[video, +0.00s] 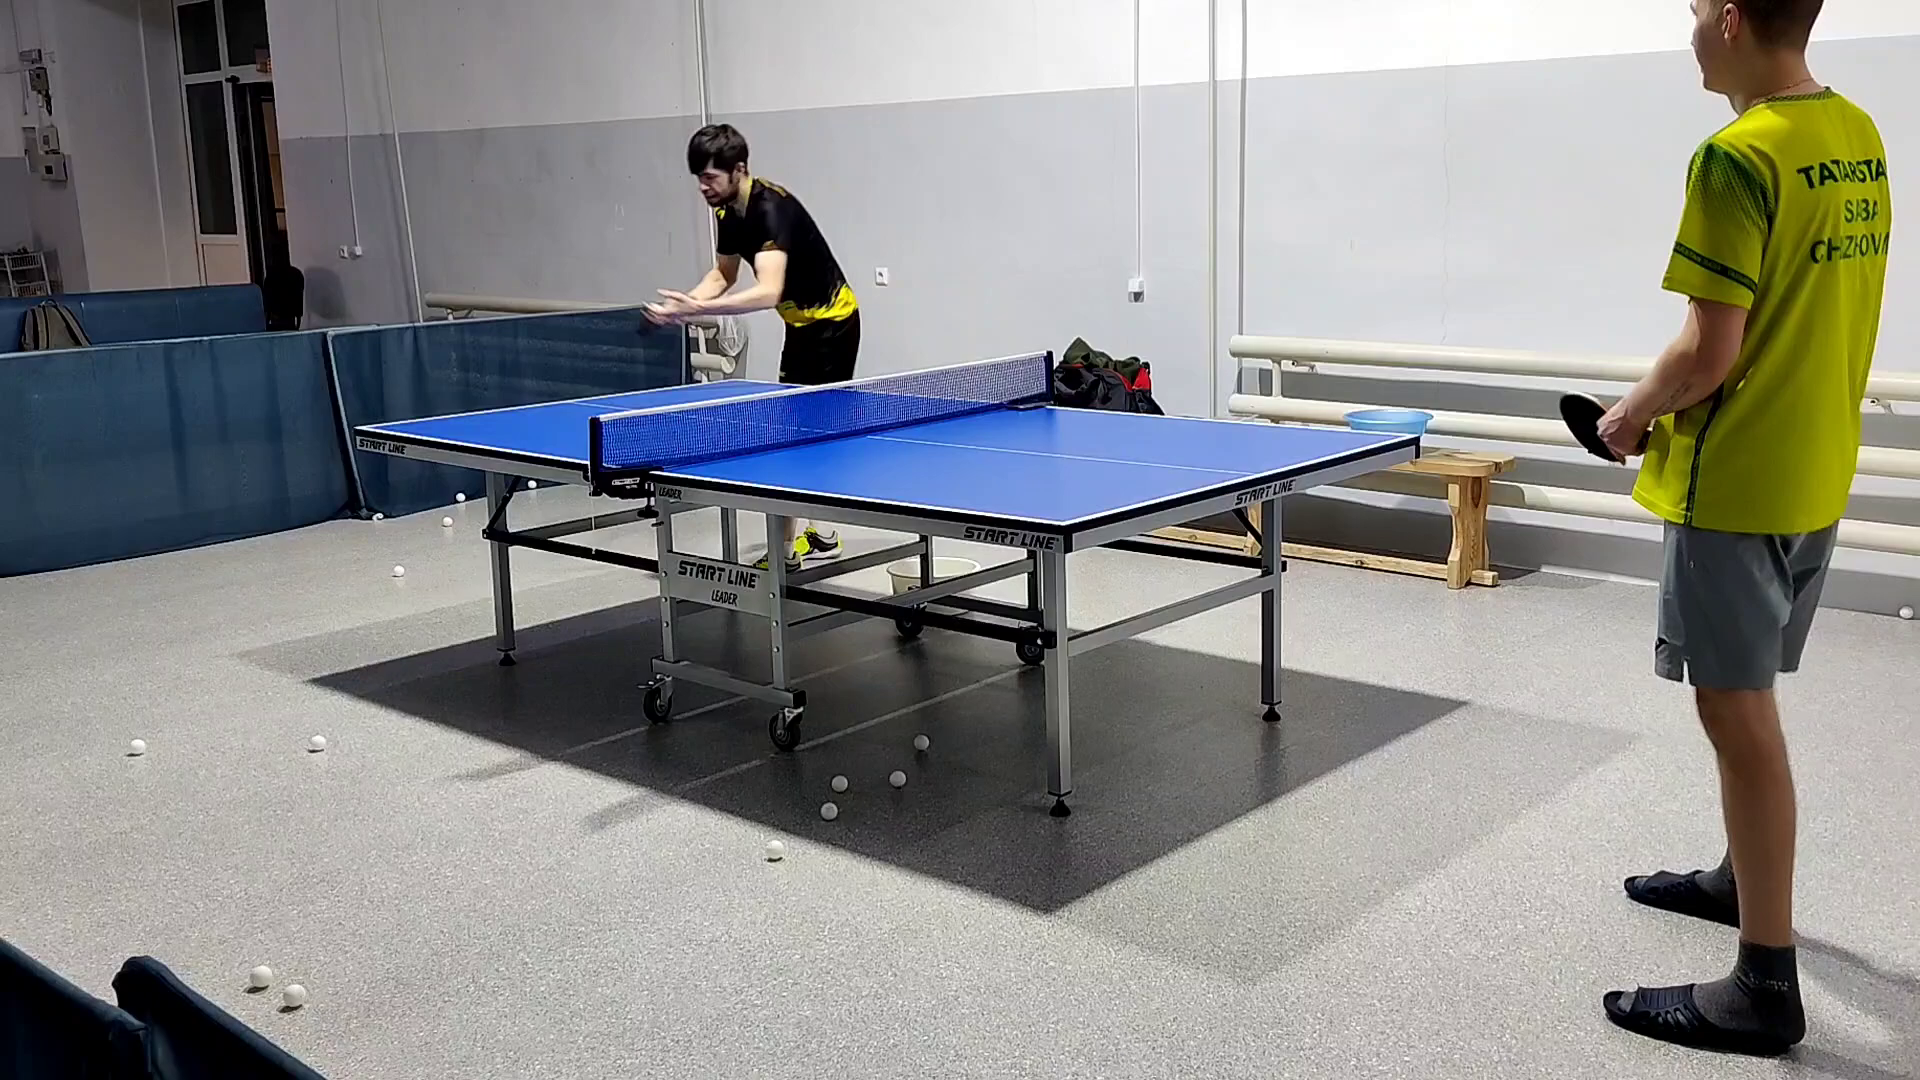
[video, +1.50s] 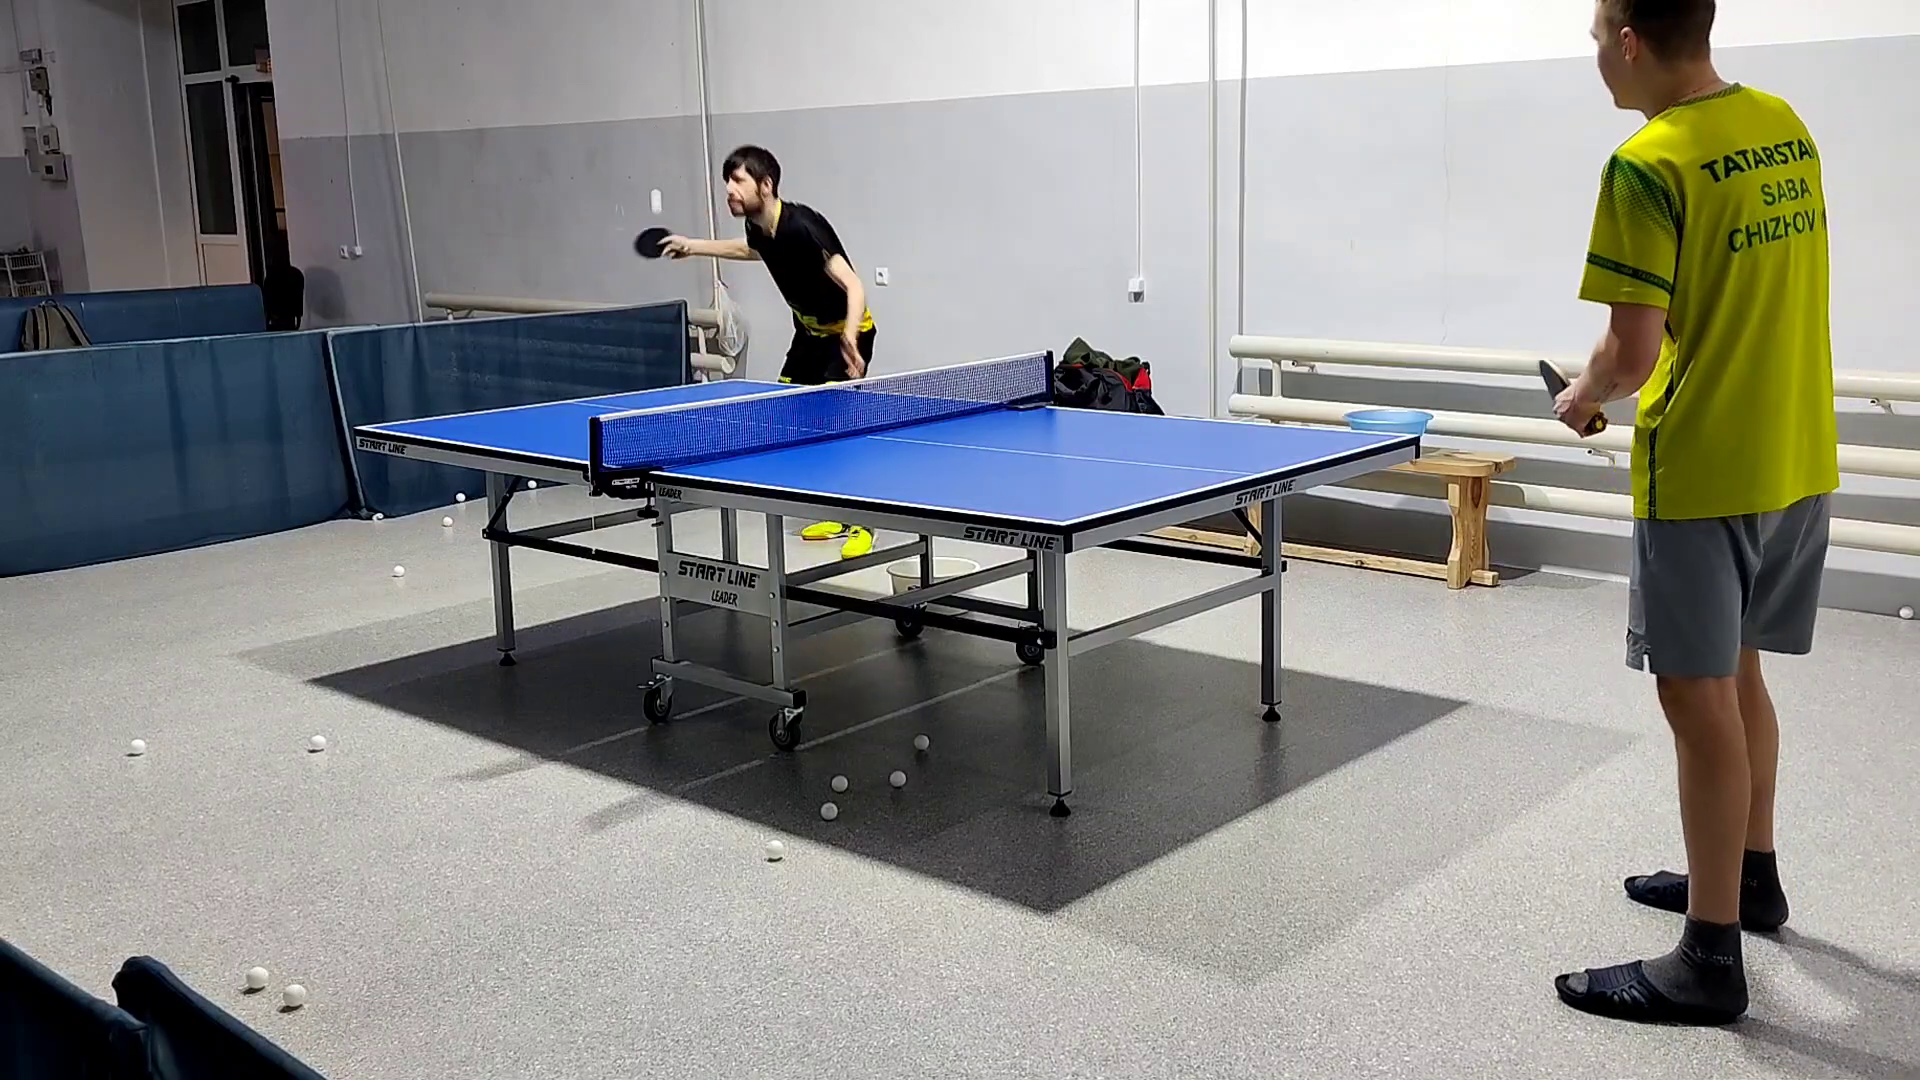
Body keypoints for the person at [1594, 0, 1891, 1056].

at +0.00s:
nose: (1692, 31)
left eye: (1698, 13)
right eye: (1695, 14)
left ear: (1732, 20)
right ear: (1798, 23)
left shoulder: (1737, 152)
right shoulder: (1857, 134)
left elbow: (1713, 348)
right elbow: (1823, 318)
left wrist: (1637, 411)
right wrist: (1668, 395)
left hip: (1741, 482)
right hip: (1816, 474)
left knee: (1740, 711)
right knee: (1740, 688)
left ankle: (1765, 987)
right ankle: (1744, 881)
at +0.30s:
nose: (1677, 36)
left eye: (1683, 16)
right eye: (1679, 19)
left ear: (1721, 19)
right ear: (1775, 26)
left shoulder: (1731, 136)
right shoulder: (1834, 132)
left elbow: (1722, 316)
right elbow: (1840, 298)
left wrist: (1642, 401)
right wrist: (1705, 374)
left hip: (1736, 456)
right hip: (1813, 452)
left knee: (1662, 674)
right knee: (1760, 651)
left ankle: (1749, 949)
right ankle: (1754, 874)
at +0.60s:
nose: (1655, 48)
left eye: (1661, 26)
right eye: (1657, 28)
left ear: (1703, 21)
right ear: (1741, 26)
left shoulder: (1732, 136)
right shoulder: (1808, 133)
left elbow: (1737, 311)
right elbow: (1787, 309)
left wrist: (1649, 381)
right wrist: (1679, 381)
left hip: (1722, 448)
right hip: (1783, 446)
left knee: (1645, 664)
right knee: (1749, 650)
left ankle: (1689, 937)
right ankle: (1756, 873)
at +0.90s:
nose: (1654, 37)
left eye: (1663, 17)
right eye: (1659, 17)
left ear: (1700, 21)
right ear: (1746, 30)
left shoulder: (1711, 141)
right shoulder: (1802, 137)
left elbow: (1690, 323)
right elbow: (1770, 307)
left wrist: (1611, 377)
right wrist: (1650, 365)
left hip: (1697, 456)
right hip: (1763, 448)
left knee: (1682, 688)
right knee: (1720, 657)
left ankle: (1706, 958)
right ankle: (1748, 869)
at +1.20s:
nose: (1629, 42)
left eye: (1632, 21)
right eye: (1629, 24)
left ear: (1666, 23)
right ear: (1731, 26)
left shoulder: (1677, 146)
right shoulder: (1790, 129)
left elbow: (1658, 337)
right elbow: (1763, 297)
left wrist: (1600, 379)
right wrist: (1642, 357)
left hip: (1700, 466)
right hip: (1780, 457)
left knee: (1694, 687)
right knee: (1714, 667)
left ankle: (1708, 962)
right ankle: (1745, 871)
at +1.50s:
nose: (1597, 61)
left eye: (1598, 41)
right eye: (1597, 40)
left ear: (1630, 41)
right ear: (1699, 31)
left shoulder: (1647, 162)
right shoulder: (1781, 123)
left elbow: (1633, 346)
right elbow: (1767, 287)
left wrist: (1586, 394)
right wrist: (1639, 360)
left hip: (1699, 473)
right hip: (1799, 459)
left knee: (1699, 702)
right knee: (1738, 670)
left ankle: (1708, 963)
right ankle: (1750, 873)